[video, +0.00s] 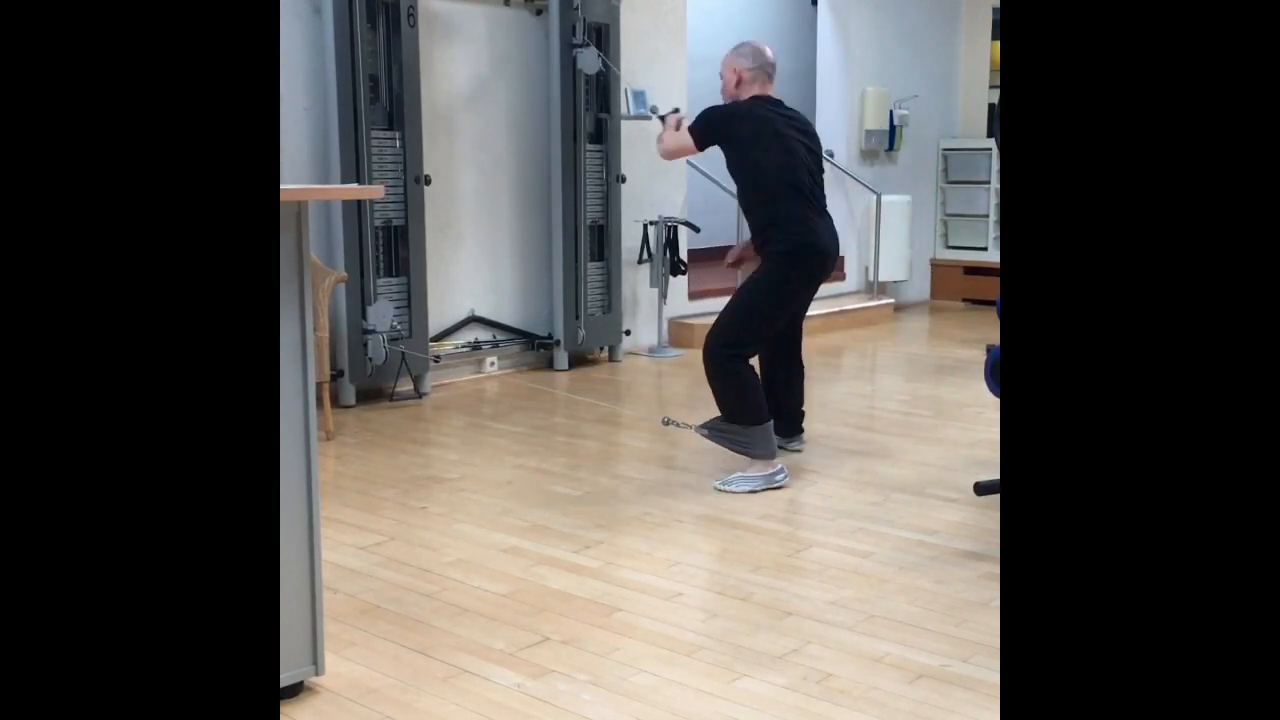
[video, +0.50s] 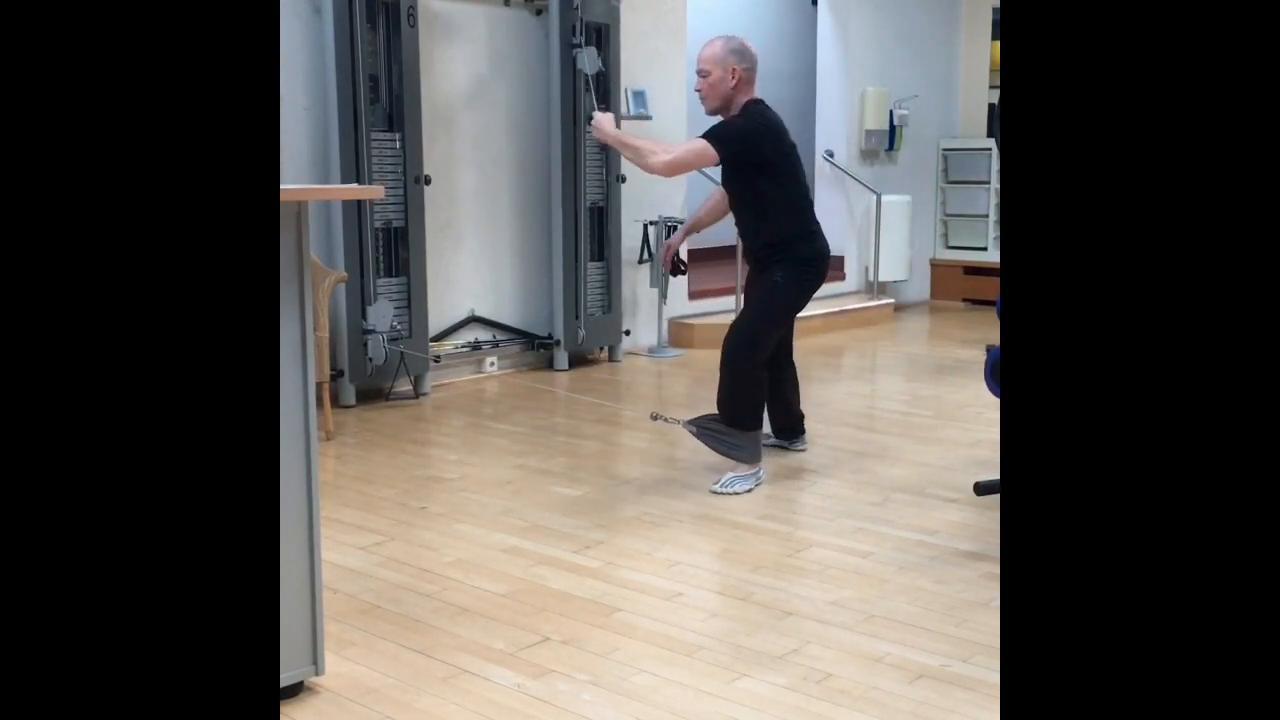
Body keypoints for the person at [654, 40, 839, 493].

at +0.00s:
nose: (723, 86)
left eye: (724, 78)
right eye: (724, 78)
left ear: (737, 76)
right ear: (768, 78)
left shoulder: (730, 115)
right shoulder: (798, 121)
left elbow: (669, 148)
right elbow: (803, 200)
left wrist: (671, 123)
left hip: (789, 251)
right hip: (819, 249)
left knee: (722, 347)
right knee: (780, 342)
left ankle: (761, 461)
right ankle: (786, 429)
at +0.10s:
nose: (711, 83)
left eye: (715, 74)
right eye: (712, 74)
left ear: (736, 76)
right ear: (756, 78)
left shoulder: (732, 118)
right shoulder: (791, 120)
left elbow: (658, 152)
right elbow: (789, 197)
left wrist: (655, 127)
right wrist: (735, 239)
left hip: (794, 256)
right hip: (819, 251)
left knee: (728, 346)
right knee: (781, 344)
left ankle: (762, 463)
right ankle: (789, 430)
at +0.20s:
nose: (704, 85)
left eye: (709, 76)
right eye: (705, 75)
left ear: (736, 78)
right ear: (747, 80)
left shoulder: (732, 122)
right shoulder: (783, 120)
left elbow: (654, 157)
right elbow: (766, 199)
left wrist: (642, 135)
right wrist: (715, 237)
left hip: (795, 259)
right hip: (816, 254)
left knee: (732, 344)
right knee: (781, 347)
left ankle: (760, 462)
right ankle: (789, 431)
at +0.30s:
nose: (700, 85)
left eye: (706, 76)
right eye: (700, 76)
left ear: (733, 78)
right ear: (740, 79)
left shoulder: (738, 123)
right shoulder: (773, 119)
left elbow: (653, 158)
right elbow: (757, 200)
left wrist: (631, 133)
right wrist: (705, 236)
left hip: (797, 259)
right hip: (806, 255)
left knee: (740, 340)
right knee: (778, 345)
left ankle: (755, 461)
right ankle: (790, 431)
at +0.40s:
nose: (698, 85)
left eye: (705, 75)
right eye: (699, 75)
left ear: (735, 77)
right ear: (737, 78)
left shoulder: (745, 124)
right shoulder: (763, 120)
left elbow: (656, 159)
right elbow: (742, 198)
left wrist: (621, 132)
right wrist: (694, 234)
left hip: (795, 259)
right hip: (788, 256)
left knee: (742, 341)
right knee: (775, 344)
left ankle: (750, 462)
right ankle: (790, 431)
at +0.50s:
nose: (697, 85)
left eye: (705, 75)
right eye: (697, 75)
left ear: (736, 77)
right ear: (734, 78)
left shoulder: (748, 125)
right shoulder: (755, 123)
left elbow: (663, 163)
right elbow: (731, 194)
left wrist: (610, 135)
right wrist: (685, 232)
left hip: (792, 260)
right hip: (777, 258)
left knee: (742, 344)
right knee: (771, 345)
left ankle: (747, 465)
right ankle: (789, 432)